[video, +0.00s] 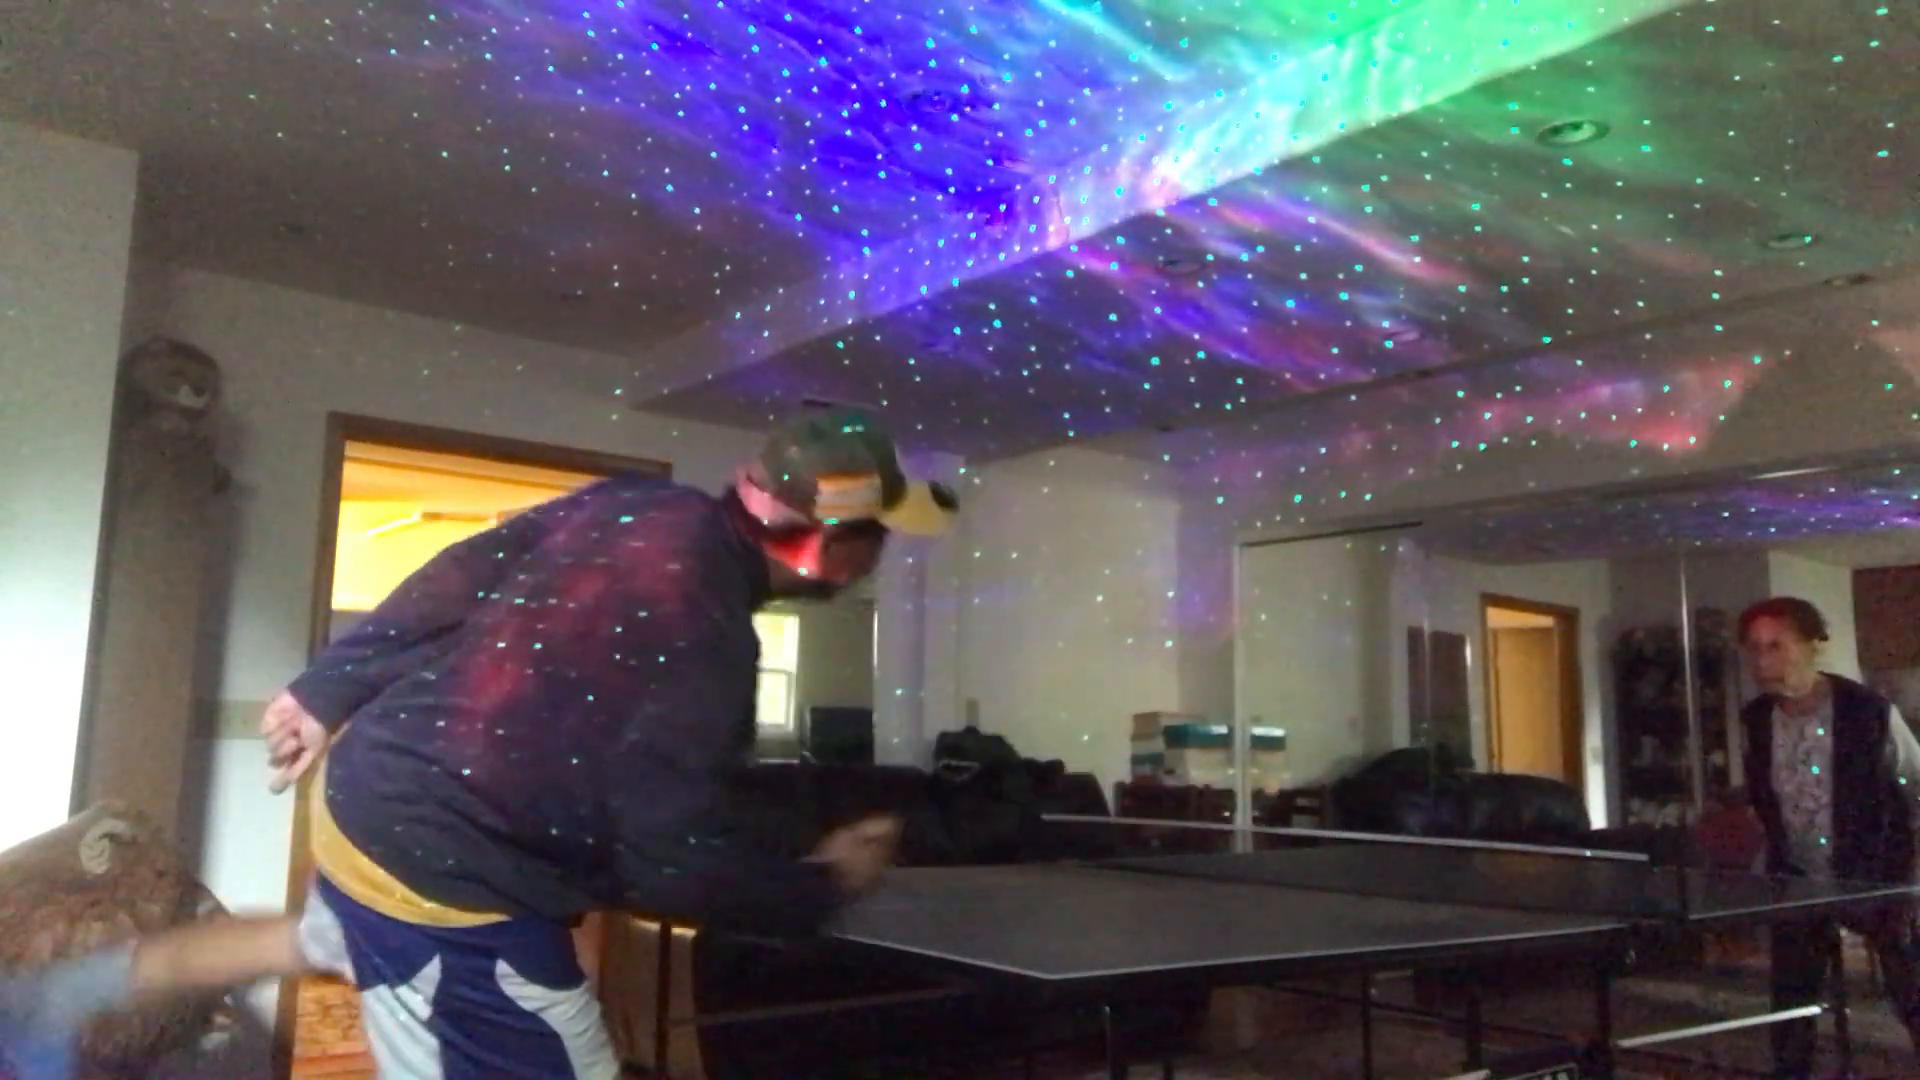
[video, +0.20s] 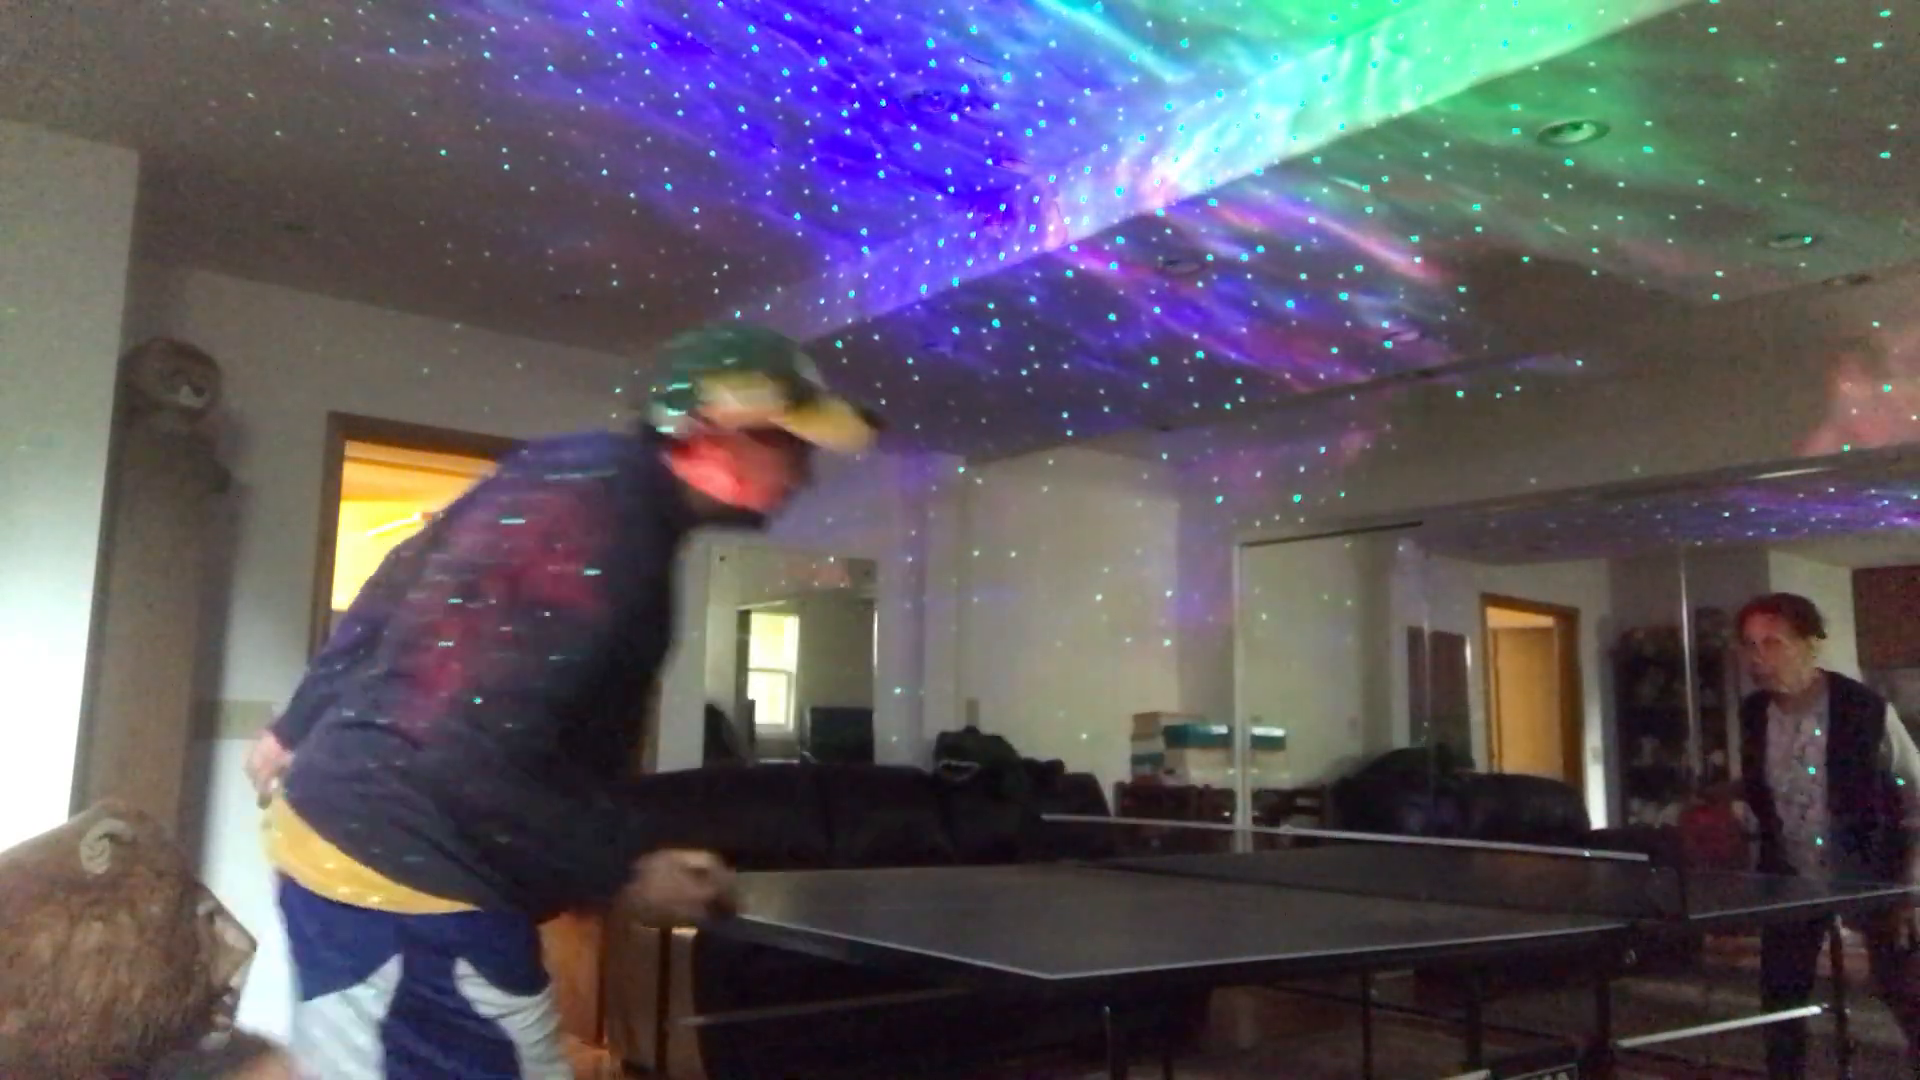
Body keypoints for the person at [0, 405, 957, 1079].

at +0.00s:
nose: (848, 570)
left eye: (858, 545)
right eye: (847, 545)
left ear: (762, 481)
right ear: (796, 519)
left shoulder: (645, 502)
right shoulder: (699, 626)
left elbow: (469, 572)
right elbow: (668, 859)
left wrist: (327, 684)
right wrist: (818, 879)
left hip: (368, 792)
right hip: (448, 887)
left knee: (342, 947)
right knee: (570, 1061)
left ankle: (112, 976)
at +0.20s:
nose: (799, 473)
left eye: (801, 450)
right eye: (781, 444)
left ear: (699, 426)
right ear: (708, 429)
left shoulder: (564, 467)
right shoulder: (615, 526)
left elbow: (404, 582)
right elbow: (467, 744)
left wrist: (297, 722)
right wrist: (622, 870)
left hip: (339, 817)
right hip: (410, 861)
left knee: (360, 1063)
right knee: (510, 1057)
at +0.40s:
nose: (596, 366)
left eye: (601, 340)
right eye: (566, 334)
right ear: (484, 340)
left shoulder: (483, 484)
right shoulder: (400, 464)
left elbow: (407, 702)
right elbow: (286, 703)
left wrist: (500, 787)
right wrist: (460, 827)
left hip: (400, 913)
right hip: (334, 917)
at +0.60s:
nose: (420, 287)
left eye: (446, 262)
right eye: (385, 256)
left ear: (472, 298)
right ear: (319, 289)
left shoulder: (437, 460)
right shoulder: (242, 425)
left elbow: (426, 669)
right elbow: (149, 673)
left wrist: (447, 820)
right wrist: (332, 769)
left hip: (356, 887)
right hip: (238, 885)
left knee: (234, 1062)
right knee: (420, 1061)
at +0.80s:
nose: (340, 261)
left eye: (371, 231)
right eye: (304, 226)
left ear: (407, 272)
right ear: (242, 261)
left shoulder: (414, 451)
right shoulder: (145, 421)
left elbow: (405, 657)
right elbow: (25, 656)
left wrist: (529, 663)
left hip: (344, 926)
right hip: (180, 927)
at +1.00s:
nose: (275, 203)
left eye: (313, 172)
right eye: (236, 162)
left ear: (358, 221)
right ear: (170, 202)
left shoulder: (415, 422)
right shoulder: (65, 369)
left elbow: (481, 600)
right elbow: (24, 587)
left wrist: (599, 548)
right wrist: (13, 483)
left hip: (304, 965)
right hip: (74, 950)